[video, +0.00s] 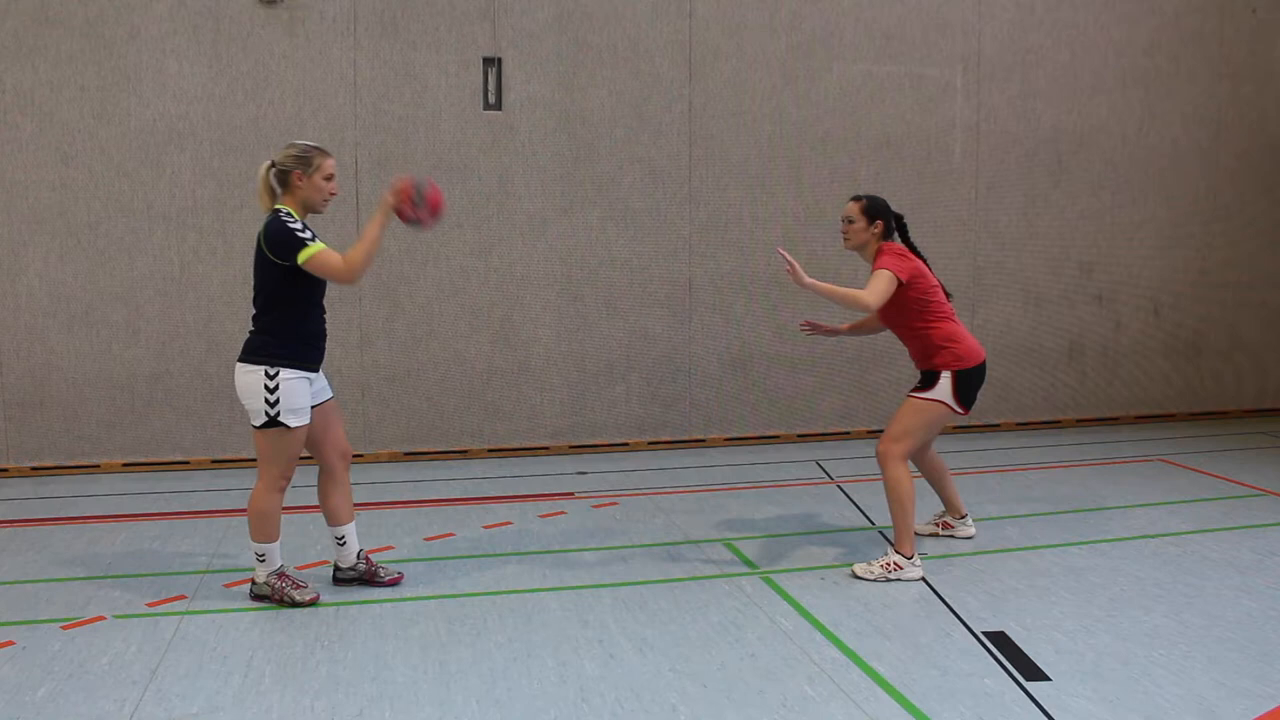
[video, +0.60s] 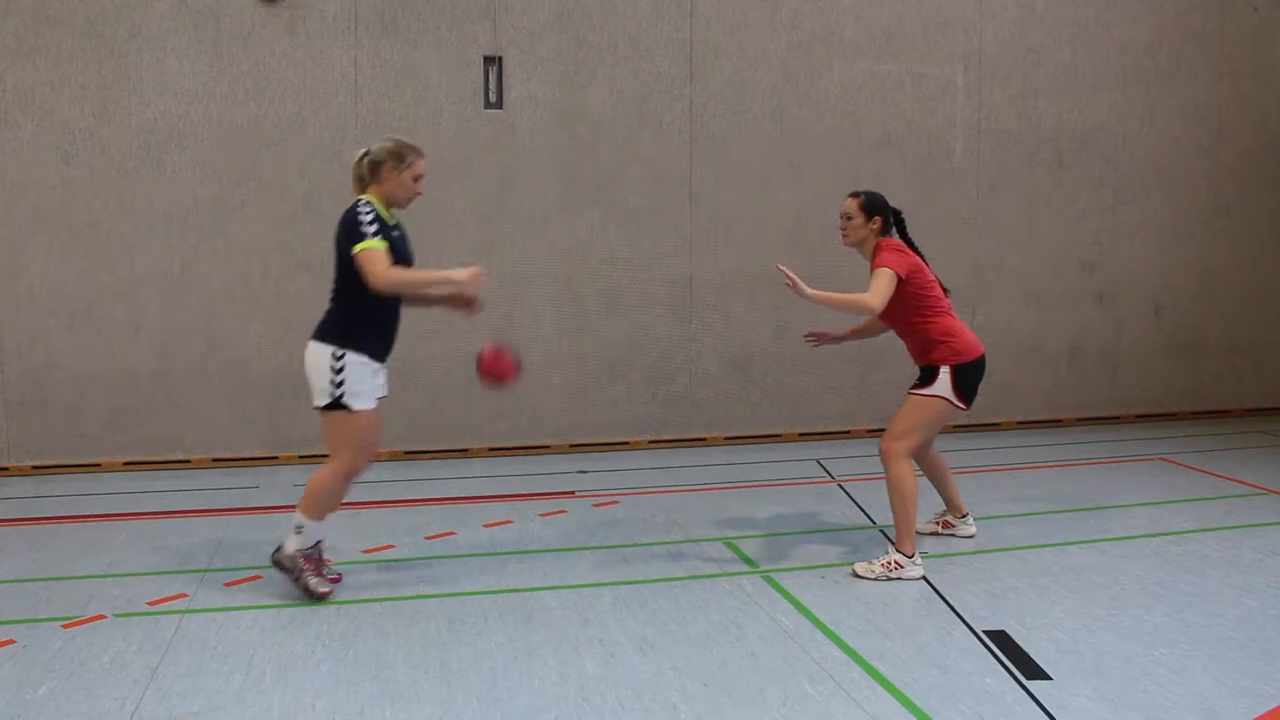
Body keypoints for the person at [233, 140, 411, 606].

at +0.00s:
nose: (334, 188)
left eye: (335, 179)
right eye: (327, 179)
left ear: (302, 182)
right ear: (298, 180)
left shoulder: (299, 227)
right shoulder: (281, 228)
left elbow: (289, 302)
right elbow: (347, 270)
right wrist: (385, 210)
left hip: (305, 369)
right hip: (273, 372)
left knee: (337, 458)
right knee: (275, 477)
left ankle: (349, 562)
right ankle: (266, 574)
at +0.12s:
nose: (344, 191)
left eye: (344, 183)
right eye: (337, 182)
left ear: (310, 183)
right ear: (308, 181)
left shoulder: (305, 228)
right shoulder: (291, 230)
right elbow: (347, 288)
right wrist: (403, 247)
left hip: (302, 370)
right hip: (273, 372)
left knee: (340, 455)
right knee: (274, 477)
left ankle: (345, 562)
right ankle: (267, 574)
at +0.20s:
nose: (354, 198)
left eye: (356, 189)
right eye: (349, 188)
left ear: (321, 186)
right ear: (321, 184)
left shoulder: (310, 232)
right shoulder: (300, 231)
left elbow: (340, 303)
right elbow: (342, 304)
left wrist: (400, 316)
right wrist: (404, 316)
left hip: (306, 371)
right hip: (276, 371)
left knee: (343, 454)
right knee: (274, 478)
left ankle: (329, 560)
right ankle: (267, 574)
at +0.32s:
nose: (374, 205)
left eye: (376, 196)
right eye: (369, 195)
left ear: (344, 190)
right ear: (341, 188)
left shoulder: (328, 233)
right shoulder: (320, 233)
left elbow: (313, 313)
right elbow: (327, 313)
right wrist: (375, 357)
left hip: (317, 371)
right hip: (291, 371)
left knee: (341, 459)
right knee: (282, 474)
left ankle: (299, 554)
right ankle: (267, 574)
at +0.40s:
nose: (386, 206)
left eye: (388, 197)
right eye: (381, 196)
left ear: (355, 192)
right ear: (353, 188)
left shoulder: (341, 235)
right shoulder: (332, 234)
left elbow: (335, 312)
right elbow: (321, 308)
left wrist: (374, 351)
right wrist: (376, 347)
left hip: (327, 374)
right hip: (304, 372)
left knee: (337, 462)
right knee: (293, 472)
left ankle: (292, 554)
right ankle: (268, 573)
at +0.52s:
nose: (406, 198)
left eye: (408, 189)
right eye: (401, 188)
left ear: (378, 185)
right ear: (373, 183)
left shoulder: (370, 232)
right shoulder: (348, 226)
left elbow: (373, 296)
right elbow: (351, 294)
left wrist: (421, 313)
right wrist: (420, 303)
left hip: (347, 366)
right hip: (326, 364)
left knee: (334, 462)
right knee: (324, 464)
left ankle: (296, 552)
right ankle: (278, 558)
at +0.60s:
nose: (421, 188)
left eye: (422, 179)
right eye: (416, 178)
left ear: (395, 176)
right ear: (387, 174)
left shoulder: (388, 224)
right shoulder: (362, 216)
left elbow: (393, 290)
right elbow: (380, 278)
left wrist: (444, 298)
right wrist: (452, 277)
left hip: (363, 356)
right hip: (341, 355)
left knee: (359, 453)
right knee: (348, 455)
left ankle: (305, 543)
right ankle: (296, 547)